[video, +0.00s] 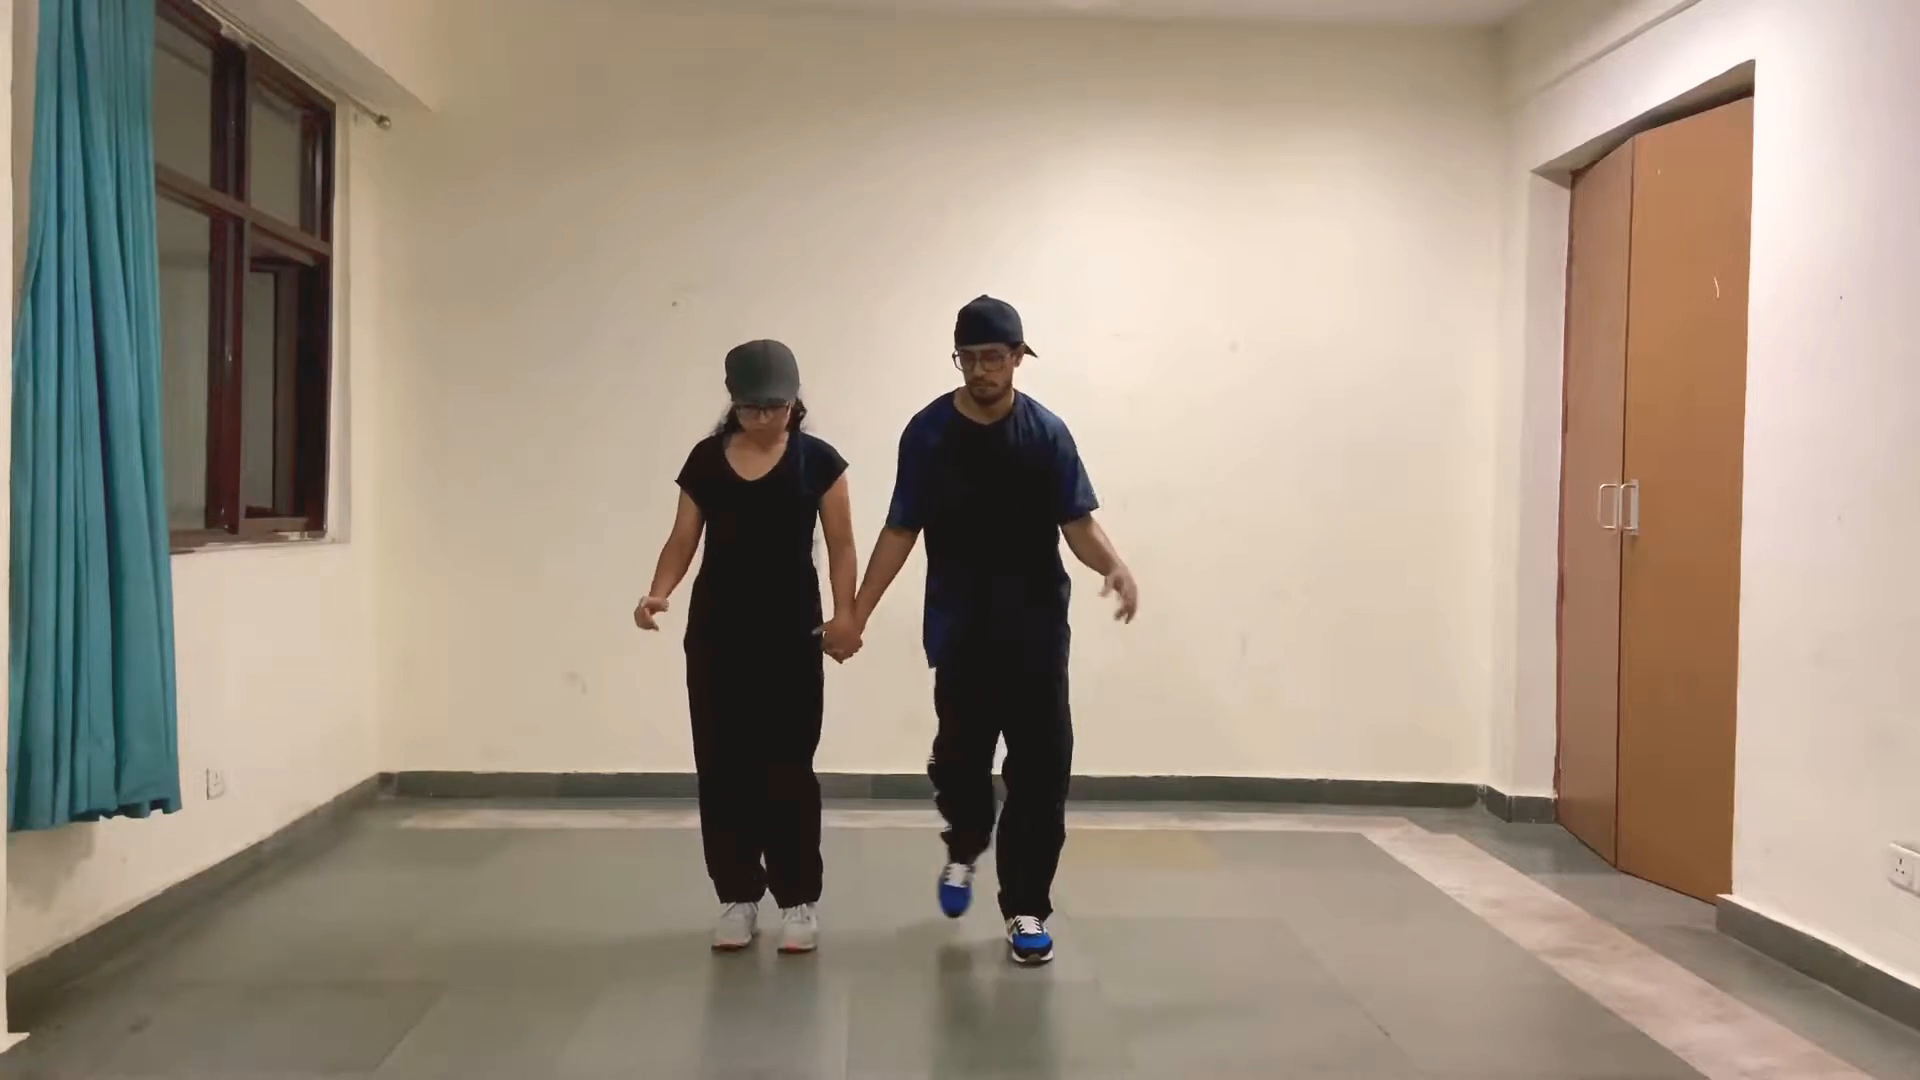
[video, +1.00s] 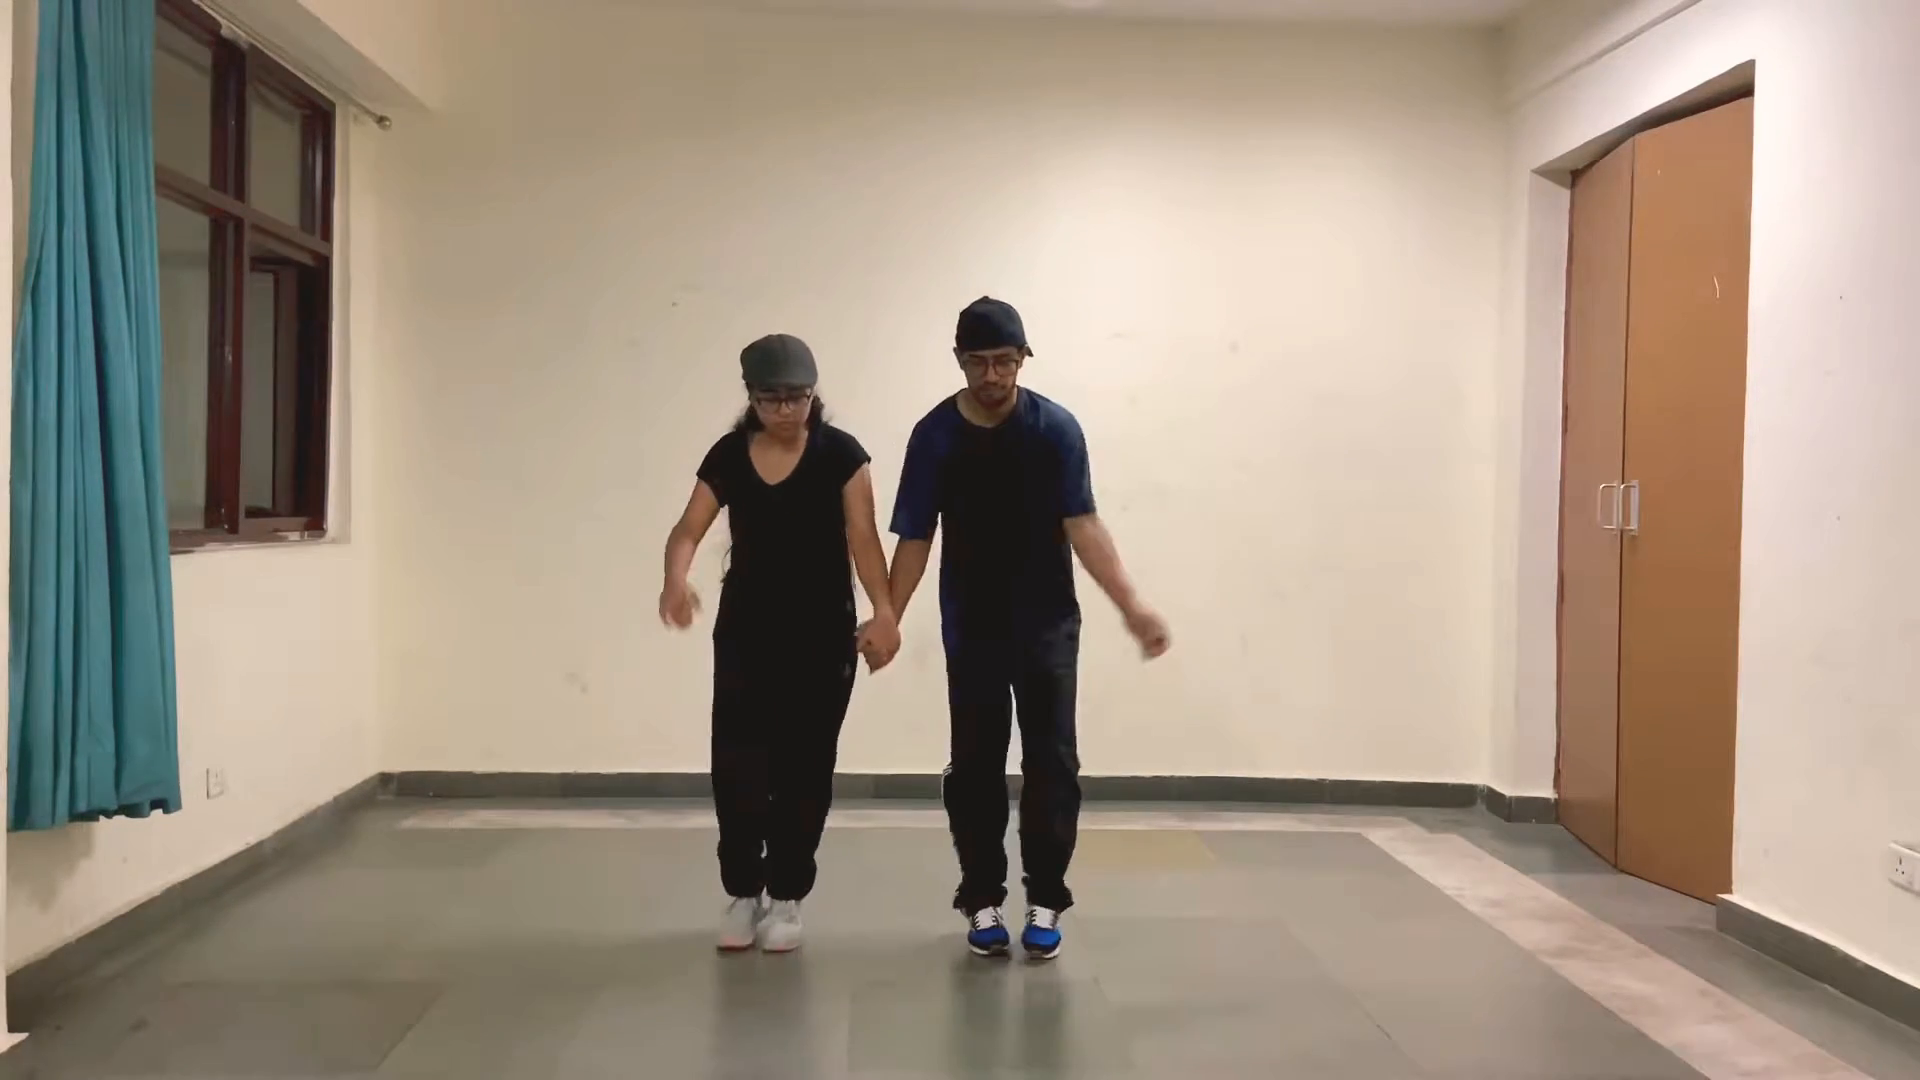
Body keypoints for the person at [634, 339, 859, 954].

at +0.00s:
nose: (767, 417)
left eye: (778, 405)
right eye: (754, 406)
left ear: (795, 401)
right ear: (734, 402)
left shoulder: (818, 462)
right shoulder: (706, 459)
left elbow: (840, 544)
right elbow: (682, 539)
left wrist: (845, 614)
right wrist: (658, 589)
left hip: (788, 633)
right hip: (718, 633)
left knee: (787, 765)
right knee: (722, 765)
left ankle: (797, 899)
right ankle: (737, 898)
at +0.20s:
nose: (746, 412)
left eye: (758, 400)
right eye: (735, 400)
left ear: (778, 400)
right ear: (718, 399)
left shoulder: (806, 465)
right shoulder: (694, 460)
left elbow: (821, 546)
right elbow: (668, 541)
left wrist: (823, 614)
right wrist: (643, 611)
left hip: (771, 633)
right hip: (696, 629)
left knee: (780, 766)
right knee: (669, 753)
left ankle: (795, 900)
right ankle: (677, 866)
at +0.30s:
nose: (726, 420)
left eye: (739, 409)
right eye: (715, 409)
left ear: (763, 409)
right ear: (701, 408)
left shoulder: (791, 473)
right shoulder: (679, 464)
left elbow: (800, 556)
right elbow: (648, 546)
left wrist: (802, 624)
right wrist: (620, 617)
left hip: (748, 639)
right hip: (673, 633)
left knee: (757, 770)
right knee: (634, 756)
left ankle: (791, 899)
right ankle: (597, 873)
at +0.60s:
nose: (744, 420)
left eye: (756, 408)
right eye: (733, 408)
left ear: (778, 406)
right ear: (716, 405)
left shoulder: (803, 468)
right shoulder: (691, 459)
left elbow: (825, 541)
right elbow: (659, 525)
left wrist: (831, 600)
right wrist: (650, 592)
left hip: (770, 630)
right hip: (695, 624)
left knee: (777, 764)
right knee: (650, 748)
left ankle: (774, 898)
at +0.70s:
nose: (757, 406)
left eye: (768, 394)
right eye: (745, 394)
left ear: (787, 391)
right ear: (727, 391)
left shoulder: (814, 454)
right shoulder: (704, 449)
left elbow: (838, 534)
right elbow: (665, 516)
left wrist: (857, 564)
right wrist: (688, 543)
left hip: (784, 628)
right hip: (711, 625)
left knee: (780, 766)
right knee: (693, 752)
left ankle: (777, 897)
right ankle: (727, 800)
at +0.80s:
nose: (769, 397)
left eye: (780, 385)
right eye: (756, 386)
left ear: (798, 385)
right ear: (737, 386)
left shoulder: (826, 450)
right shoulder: (713, 449)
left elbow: (852, 532)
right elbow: (661, 528)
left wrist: (868, 562)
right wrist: (691, 507)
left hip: (797, 626)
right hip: (727, 625)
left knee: (791, 757)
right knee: (725, 752)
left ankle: (788, 896)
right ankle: (734, 864)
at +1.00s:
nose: (787, 409)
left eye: (797, 397)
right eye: (774, 398)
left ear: (814, 393)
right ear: (752, 396)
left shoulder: (842, 456)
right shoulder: (730, 455)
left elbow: (863, 539)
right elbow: (689, 529)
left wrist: (884, 612)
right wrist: (676, 579)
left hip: (819, 630)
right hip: (747, 628)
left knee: (804, 761)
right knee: (738, 757)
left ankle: (785, 898)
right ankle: (741, 893)